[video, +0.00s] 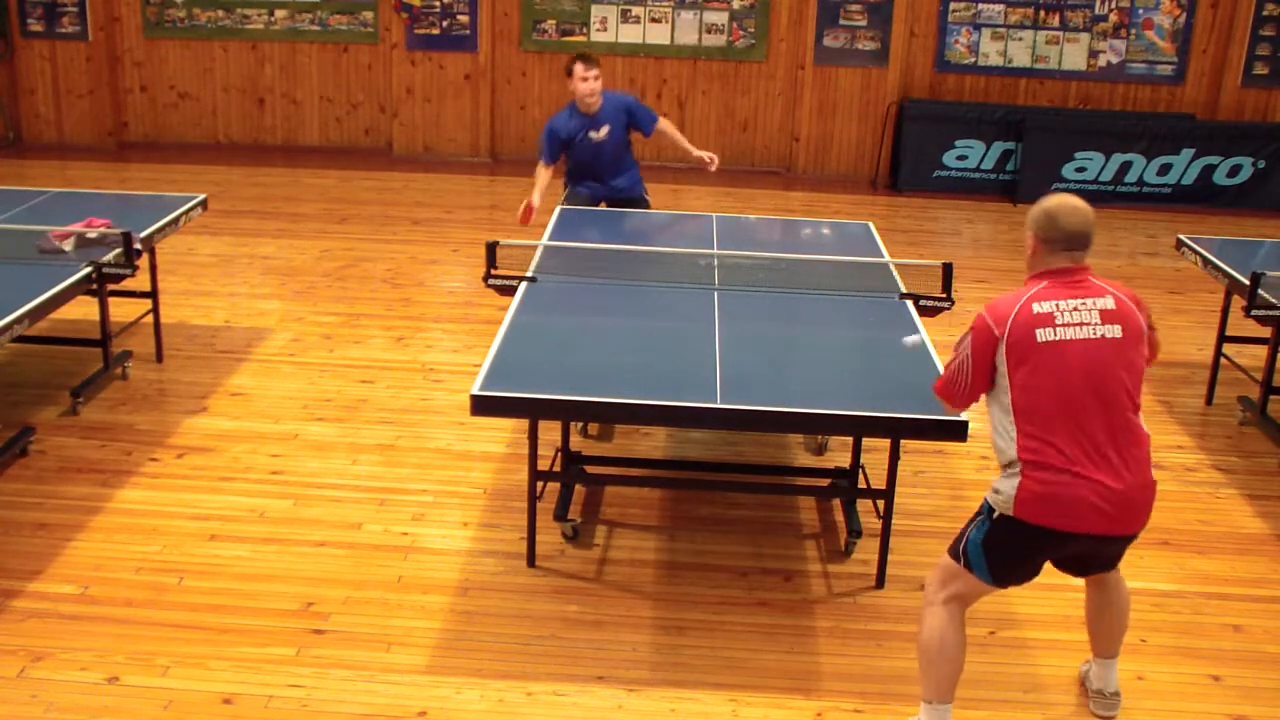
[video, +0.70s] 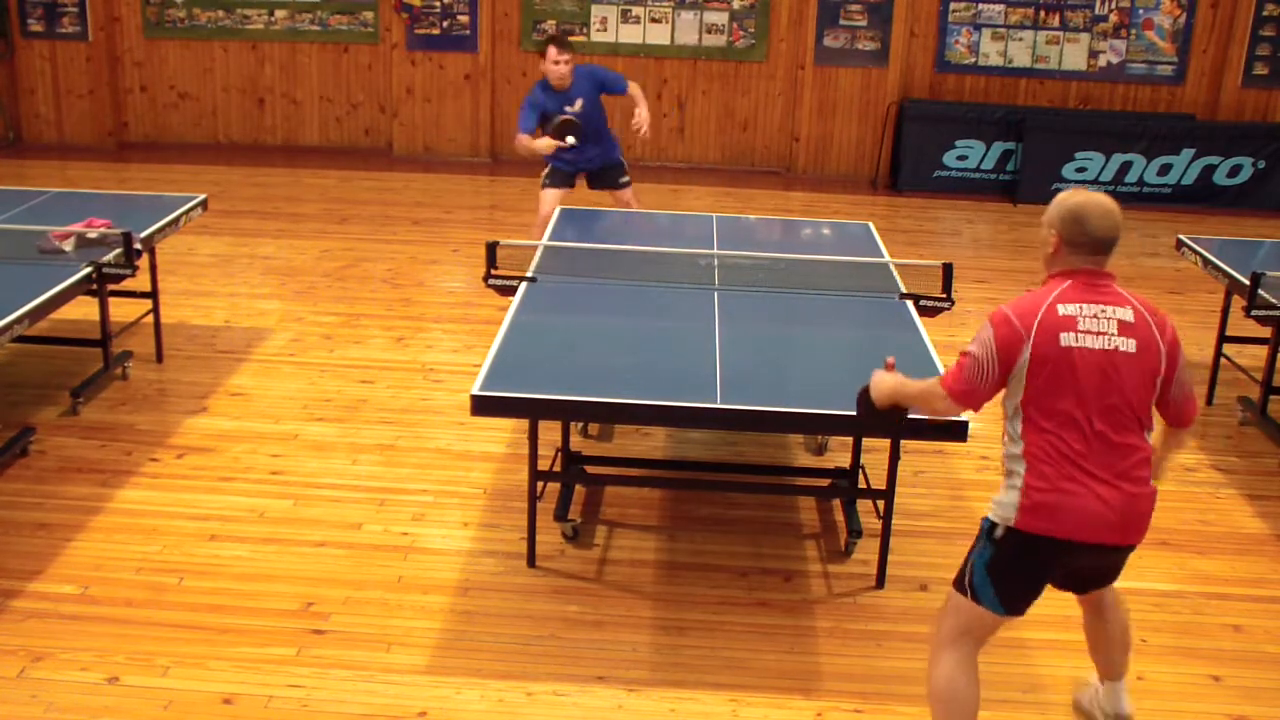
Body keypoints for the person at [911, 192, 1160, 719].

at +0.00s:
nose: (1024, 242)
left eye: (1026, 234)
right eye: (1028, 233)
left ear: (1034, 242)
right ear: (1089, 246)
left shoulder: (1003, 314)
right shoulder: (1129, 307)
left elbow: (953, 393)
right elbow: (1148, 353)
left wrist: (962, 357)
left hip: (1036, 508)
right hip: (1124, 509)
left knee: (945, 593)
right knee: (1103, 569)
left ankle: (934, 713)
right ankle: (1106, 682)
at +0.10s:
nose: (1062, 247)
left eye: (1063, 240)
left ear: (1065, 246)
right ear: (1122, 251)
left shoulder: (1021, 309)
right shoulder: (1157, 315)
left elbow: (976, 379)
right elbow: (1173, 371)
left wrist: (1040, 375)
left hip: (1037, 503)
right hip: (1125, 511)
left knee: (949, 593)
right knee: (1109, 569)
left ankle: (935, 713)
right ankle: (1106, 683)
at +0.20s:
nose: (1086, 251)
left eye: (1088, 244)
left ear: (1091, 251)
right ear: (1148, 259)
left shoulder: (1041, 305)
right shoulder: (1173, 327)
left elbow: (990, 301)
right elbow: (1197, 376)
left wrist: (1050, 319)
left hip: (1039, 510)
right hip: (1125, 519)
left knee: (948, 592)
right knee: (1109, 567)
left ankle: (932, 713)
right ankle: (1104, 682)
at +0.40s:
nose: (1101, 242)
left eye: (1105, 237)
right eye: (1105, 236)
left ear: (1111, 248)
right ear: (1168, 260)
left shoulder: (1069, 307)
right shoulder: (1192, 339)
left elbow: (957, 303)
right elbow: (1245, 426)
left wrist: (895, 264)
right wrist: (1254, 456)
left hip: (1046, 502)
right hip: (1127, 518)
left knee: (948, 591)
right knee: (1102, 561)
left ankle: (927, 715)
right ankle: (1099, 680)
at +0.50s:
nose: (1091, 250)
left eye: (1095, 242)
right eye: (1098, 240)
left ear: (1103, 253)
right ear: (1160, 262)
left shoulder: (1069, 320)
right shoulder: (1187, 341)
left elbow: (973, 362)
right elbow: (1234, 431)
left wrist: (901, 340)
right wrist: (1255, 497)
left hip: (1042, 508)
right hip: (1124, 518)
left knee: (952, 606)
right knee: (1099, 561)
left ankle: (946, 714)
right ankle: (1099, 679)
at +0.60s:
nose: (1070, 243)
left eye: (1073, 237)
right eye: (1074, 234)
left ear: (1082, 248)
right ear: (1139, 255)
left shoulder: (1044, 321)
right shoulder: (1172, 338)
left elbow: (956, 385)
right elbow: (1210, 434)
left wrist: (899, 364)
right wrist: (1216, 494)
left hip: (1034, 514)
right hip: (1118, 521)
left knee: (959, 635)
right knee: (1101, 576)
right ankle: (1101, 679)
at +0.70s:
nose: (1041, 237)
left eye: (1044, 229)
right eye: (1044, 226)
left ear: (1054, 242)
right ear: (1111, 246)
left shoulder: (1022, 317)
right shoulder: (1155, 324)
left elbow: (952, 396)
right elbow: (1182, 417)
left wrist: (897, 390)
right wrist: (1154, 464)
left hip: (1036, 518)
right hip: (1122, 519)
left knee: (956, 639)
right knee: (1099, 589)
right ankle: (1114, 699)